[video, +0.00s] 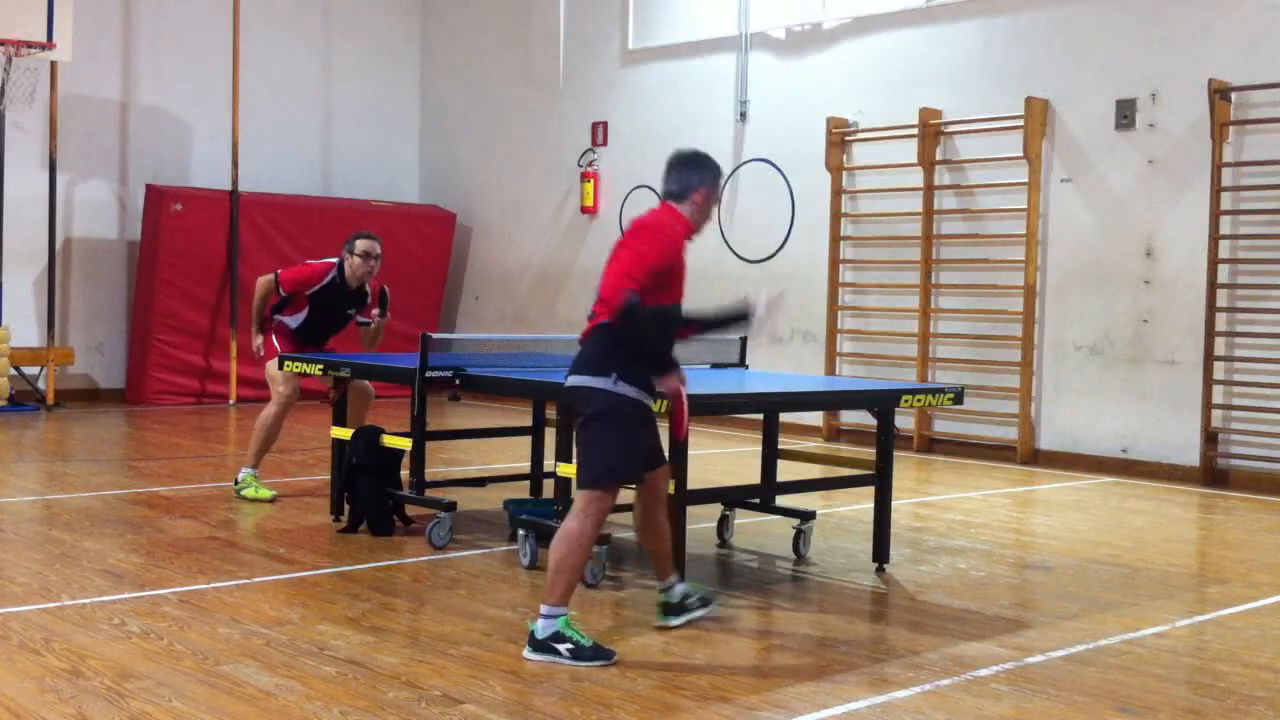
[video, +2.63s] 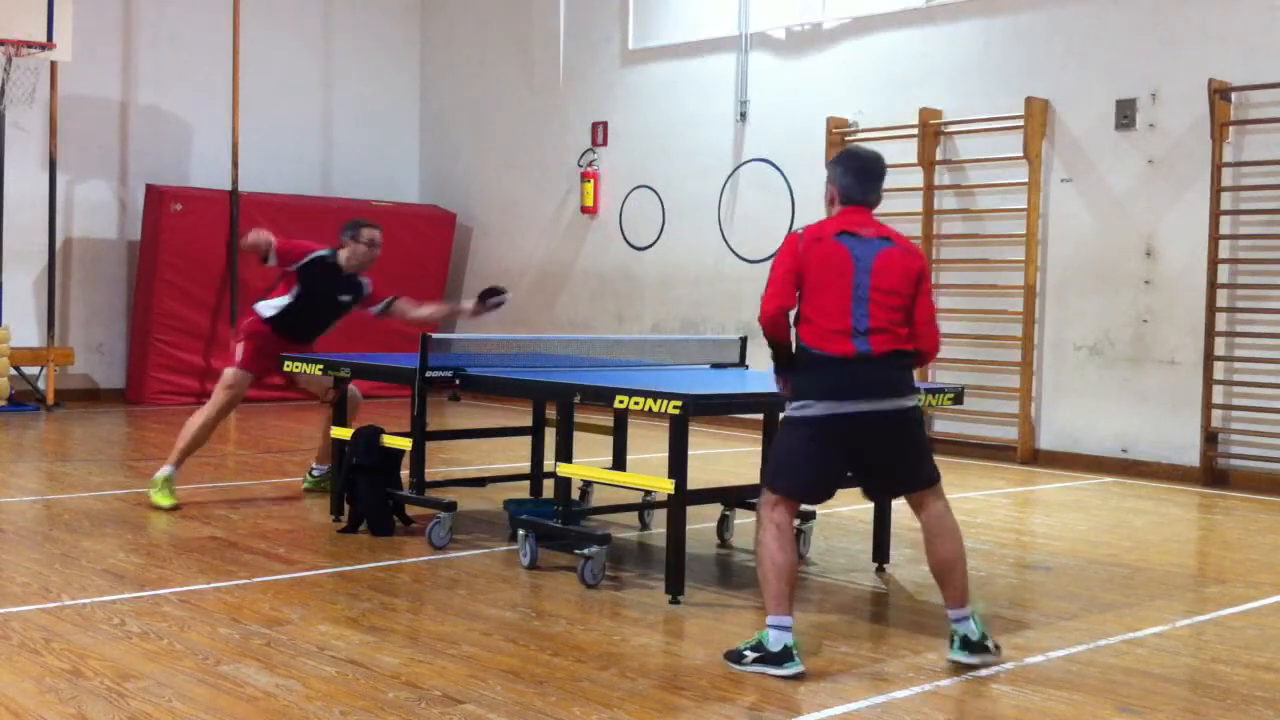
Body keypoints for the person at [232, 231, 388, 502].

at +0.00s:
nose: (372, 264)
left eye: (376, 259)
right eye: (365, 257)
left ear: (380, 262)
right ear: (347, 256)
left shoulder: (367, 292)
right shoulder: (320, 272)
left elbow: (369, 344)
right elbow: (264, 284)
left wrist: (378, 325)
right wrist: (257, 330)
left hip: (315, 344)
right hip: (281, 334)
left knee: (362, 392)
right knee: (286, 393)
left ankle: (349, 471)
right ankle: (247, 475)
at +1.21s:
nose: (342, 248)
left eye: (349, 242)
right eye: (336, 241)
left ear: (355, 239)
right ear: (322, 232)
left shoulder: (354, 266)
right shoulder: (295, 250)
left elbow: (387, 306)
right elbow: (242, 273)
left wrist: (367, 314)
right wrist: (260, 283)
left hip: (321, 338)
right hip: (280, 335)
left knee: (378, 378)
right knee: (258, 398)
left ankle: (361, 459)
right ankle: (223, 473)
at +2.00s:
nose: (331, 221)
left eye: (335, 215)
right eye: (324, 214)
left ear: (338, 217)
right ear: (305, 214)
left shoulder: (329, 252)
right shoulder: (279, 238)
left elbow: (341, 287)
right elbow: (228, 266)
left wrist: (368, 308)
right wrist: (266, 274)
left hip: (307, 331)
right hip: (263, 330)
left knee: (354, 387)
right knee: (238, 405)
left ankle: (333, 462)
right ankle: (208, 452)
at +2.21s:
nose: (329, 228)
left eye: (333, 222)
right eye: (323, 220)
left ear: (335, 224)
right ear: (302, 218)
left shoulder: (314, 257)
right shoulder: (275, 242)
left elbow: (306, 305)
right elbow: (235, 286)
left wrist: (334, 336)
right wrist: (277, 312)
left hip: (287, 339)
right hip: (251, 332)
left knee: (333, 391)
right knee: (230, 402)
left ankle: (320, 472)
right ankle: (172, 478)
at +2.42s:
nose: (337, 252)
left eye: (340, 246)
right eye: (333, 243)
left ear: (334, 249)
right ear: (310, 238)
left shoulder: (309, 283)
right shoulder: (280, 255)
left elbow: (312, 335)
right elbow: (236, 278)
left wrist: (360, 351)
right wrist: (274, 304)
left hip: (268, 355)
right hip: (232, 345)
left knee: (326, 390)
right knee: (223, 413)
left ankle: (319, 472)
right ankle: (160, 483)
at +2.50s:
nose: (350, 253)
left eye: (353, 247)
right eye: (345, 245)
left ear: (344, 250)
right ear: (322, 242)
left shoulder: (328, 289)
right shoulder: (290, 257)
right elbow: (235, 263)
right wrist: (269, 278)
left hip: (273, 356)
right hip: (239, 343)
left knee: (330, 389)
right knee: (220, 410)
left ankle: (318, 472)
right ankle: (159, 481)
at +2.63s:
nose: (375, 253)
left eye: (378, 247)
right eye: (370, 245)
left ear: (372, 252)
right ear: (348, 243)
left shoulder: (363, 289)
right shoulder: (317, 258)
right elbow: (268, 252)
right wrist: (257, 242)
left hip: (295, 351)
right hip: (261, 334)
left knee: (343, 397)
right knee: (226, 397)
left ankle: (320, 472)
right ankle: (166, 474)